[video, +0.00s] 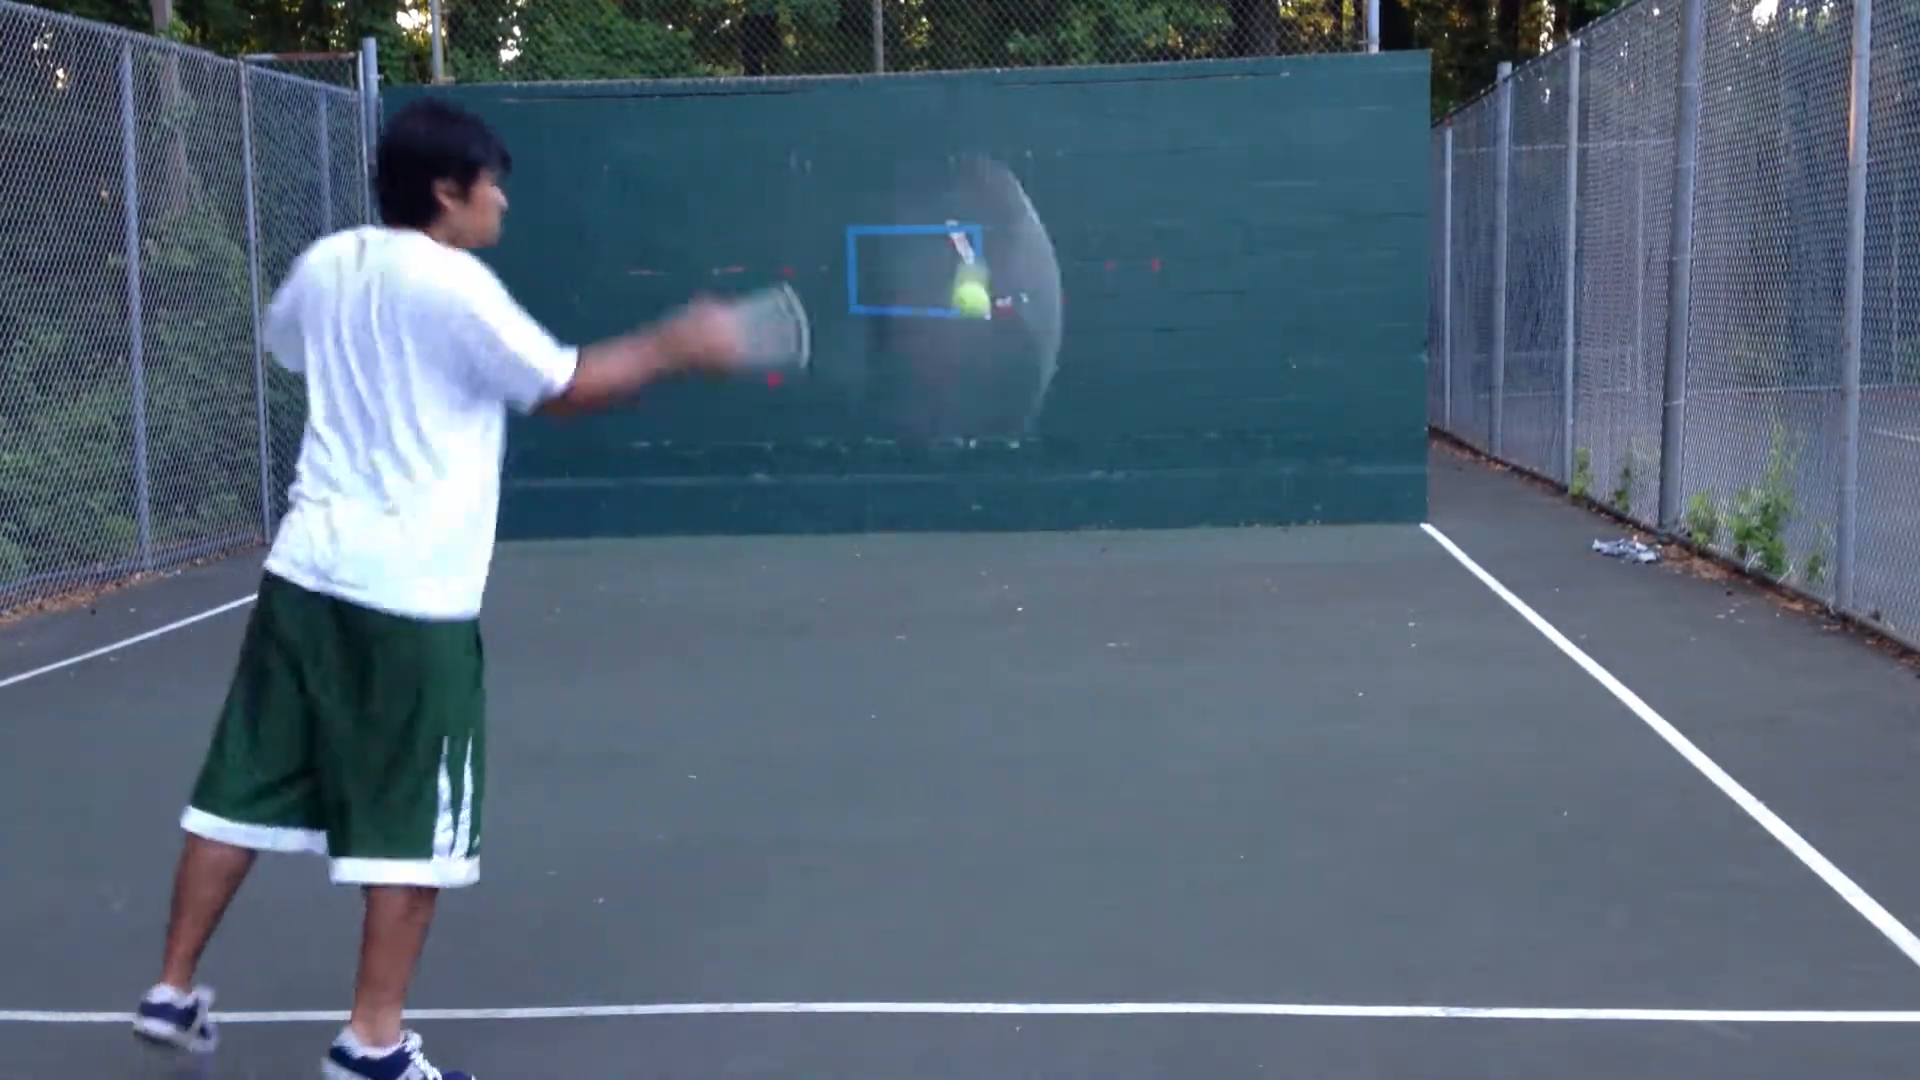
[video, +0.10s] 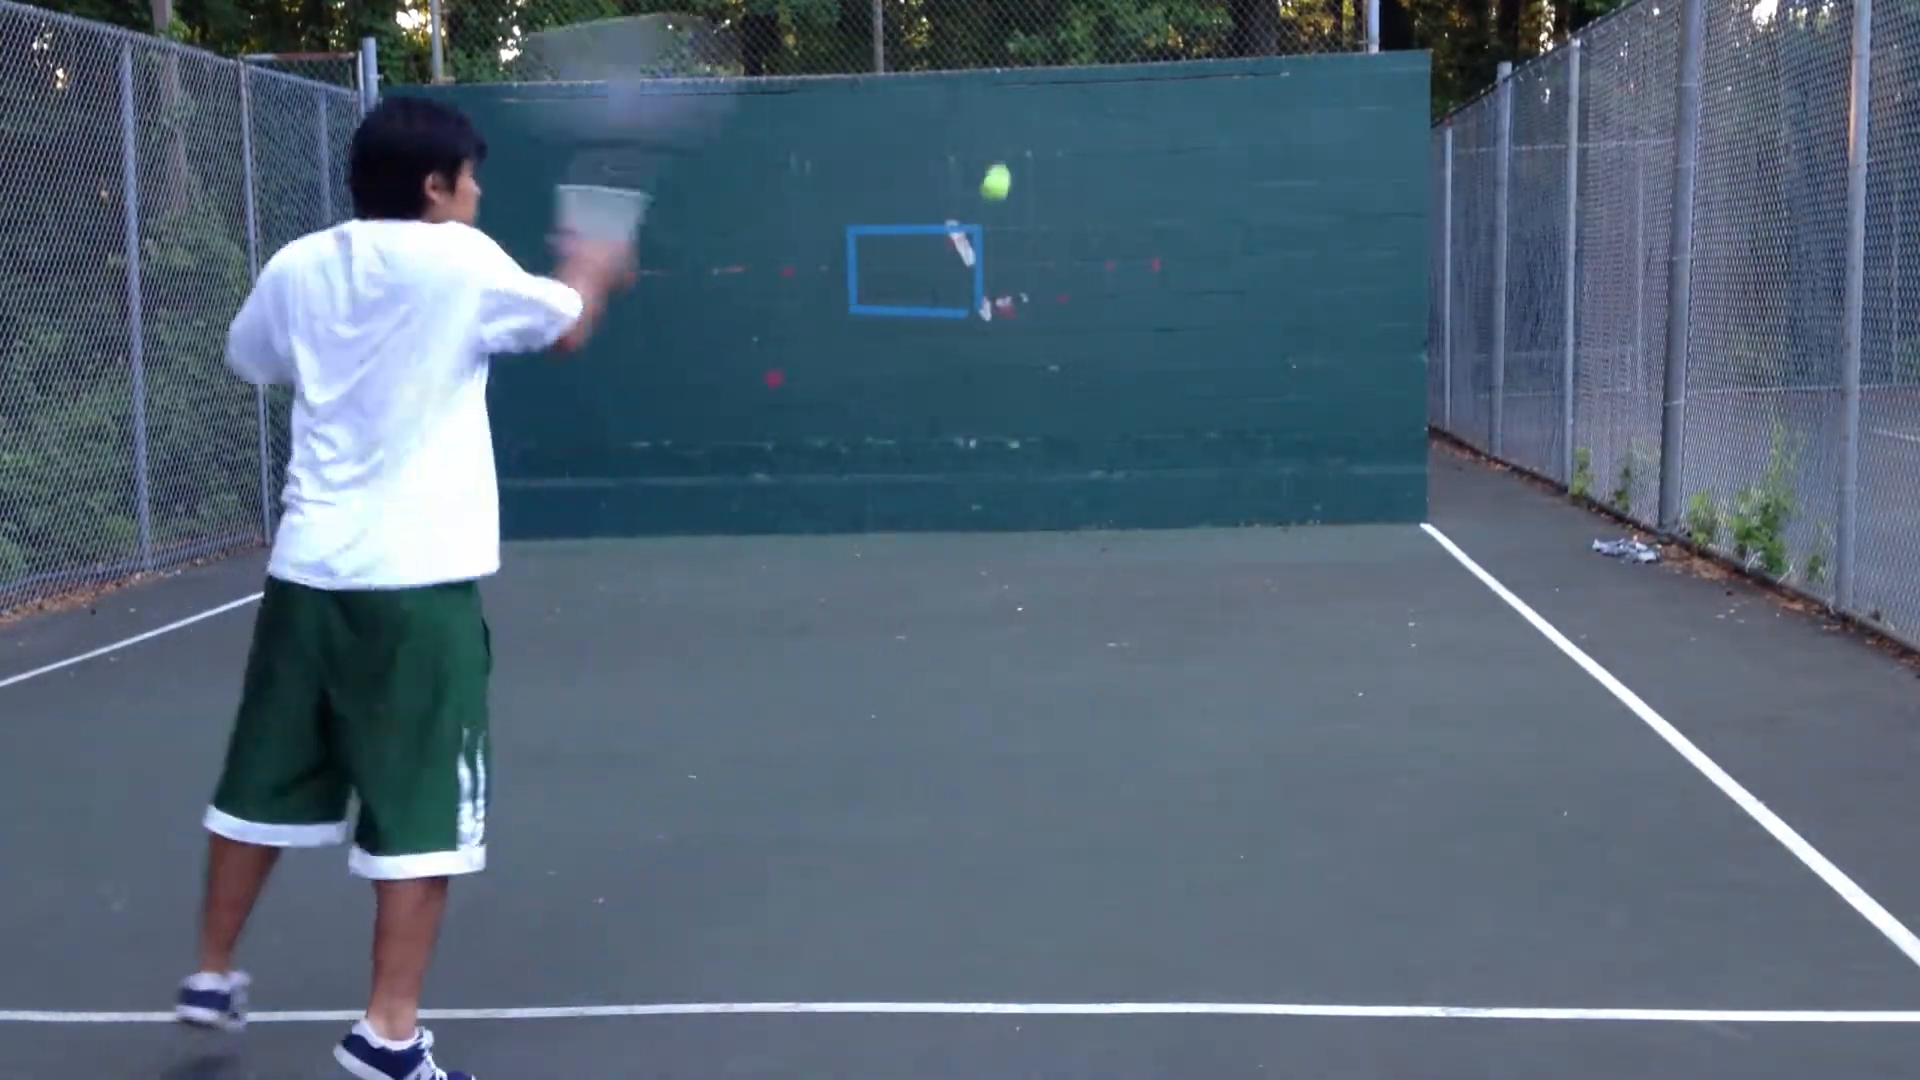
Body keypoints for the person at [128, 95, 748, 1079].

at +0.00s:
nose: (500, 207)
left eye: (498, 188)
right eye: (491, 190)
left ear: (402, 187)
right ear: (445, 193)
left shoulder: (324, 262)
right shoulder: (455, 291)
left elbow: (290, 347)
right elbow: (569, 383)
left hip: (303, 578)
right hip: (416, 602)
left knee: (243, 788)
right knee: (412, 830)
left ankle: (170, 989)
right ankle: (374, 1039)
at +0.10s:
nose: (475, 196)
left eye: (473, 180)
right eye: (468, 181)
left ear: (368, 179)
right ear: (433, 186)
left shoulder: (297, 265)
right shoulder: (462, 262)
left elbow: (254, 359)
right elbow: (562, 321)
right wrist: (593, 274)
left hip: (304, 575)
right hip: (420, 581)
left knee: (262, 780)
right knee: (424, 816)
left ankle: (210, 980)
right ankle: (389, 1032)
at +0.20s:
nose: (452, 208)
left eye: (451, 193)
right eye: (447, 194)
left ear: (342, 197)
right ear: (425, 202)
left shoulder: (278, 296)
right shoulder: (446, 273)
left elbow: (242, 408)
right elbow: (529, 302)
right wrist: (446, 243)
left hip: (303, 590)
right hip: (416, 587)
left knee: (288, 787)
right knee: (434, 814)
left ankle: (265, 981)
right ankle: (389, 1034)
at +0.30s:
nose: (432, 242)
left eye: (431, 229)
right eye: (429, 230)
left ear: (324, 239)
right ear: (409, 239)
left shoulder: (267, 334)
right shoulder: (435, 301)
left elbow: (236, 457)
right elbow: (459, 331)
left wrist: (270, 328)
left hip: (301, 626)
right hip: (410, 618)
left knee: (303, 823)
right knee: (454, 838)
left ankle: (295, 1015)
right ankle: (390, 1030)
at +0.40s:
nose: (416, 265)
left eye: (412, 250)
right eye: (411, 253)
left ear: (310, 267)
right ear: (393, 263)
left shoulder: (261, 363)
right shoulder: (432, 323)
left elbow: (239, 492)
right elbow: (390, 376)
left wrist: (249, 375)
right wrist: (282, 351)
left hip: (298, 640)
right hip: (415, 630)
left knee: (305, 832)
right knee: (468, 836)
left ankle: (295, 1016)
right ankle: (406, 1013)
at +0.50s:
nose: (414, 261)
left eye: (410, 247)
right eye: (410, 249)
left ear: (309, 263)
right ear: (392, 258)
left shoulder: (258, 355)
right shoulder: (432, 319)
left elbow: (245, 499)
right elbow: (474, 406)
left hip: (292, 635)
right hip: (406, 622)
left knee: (304, 829)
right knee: (483, 814)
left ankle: (295, 1019)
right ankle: (424, 1004)